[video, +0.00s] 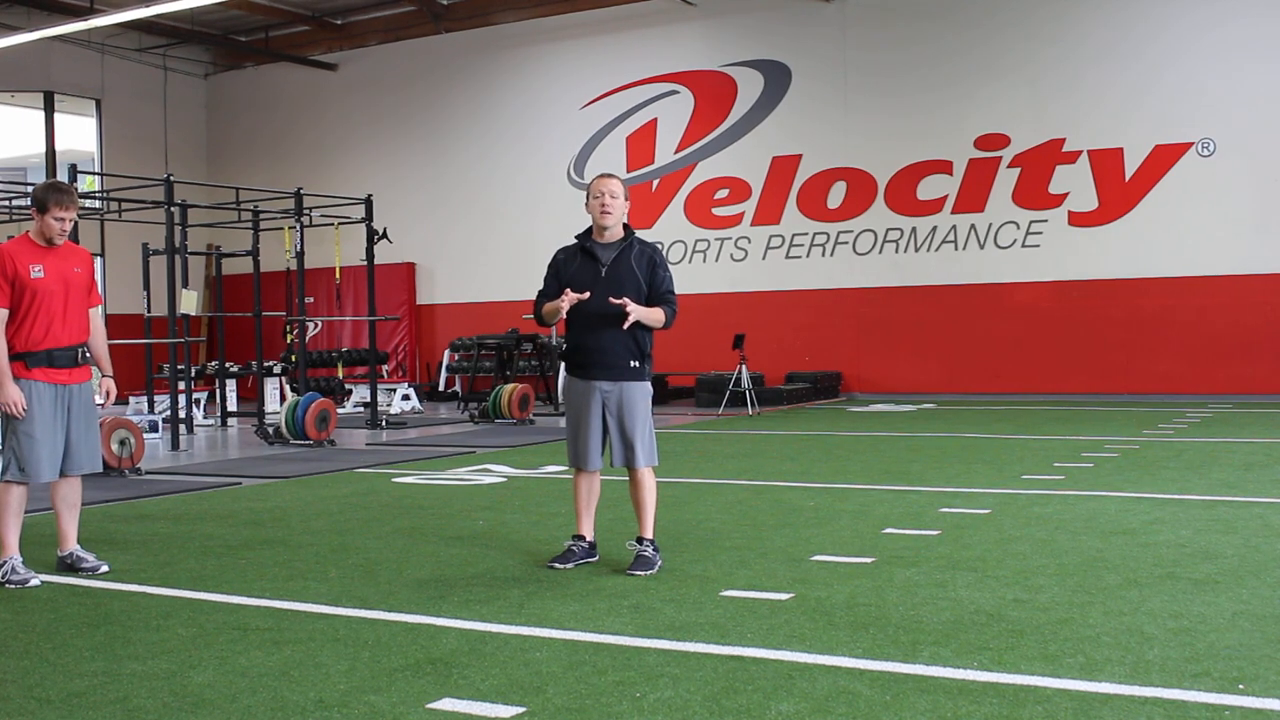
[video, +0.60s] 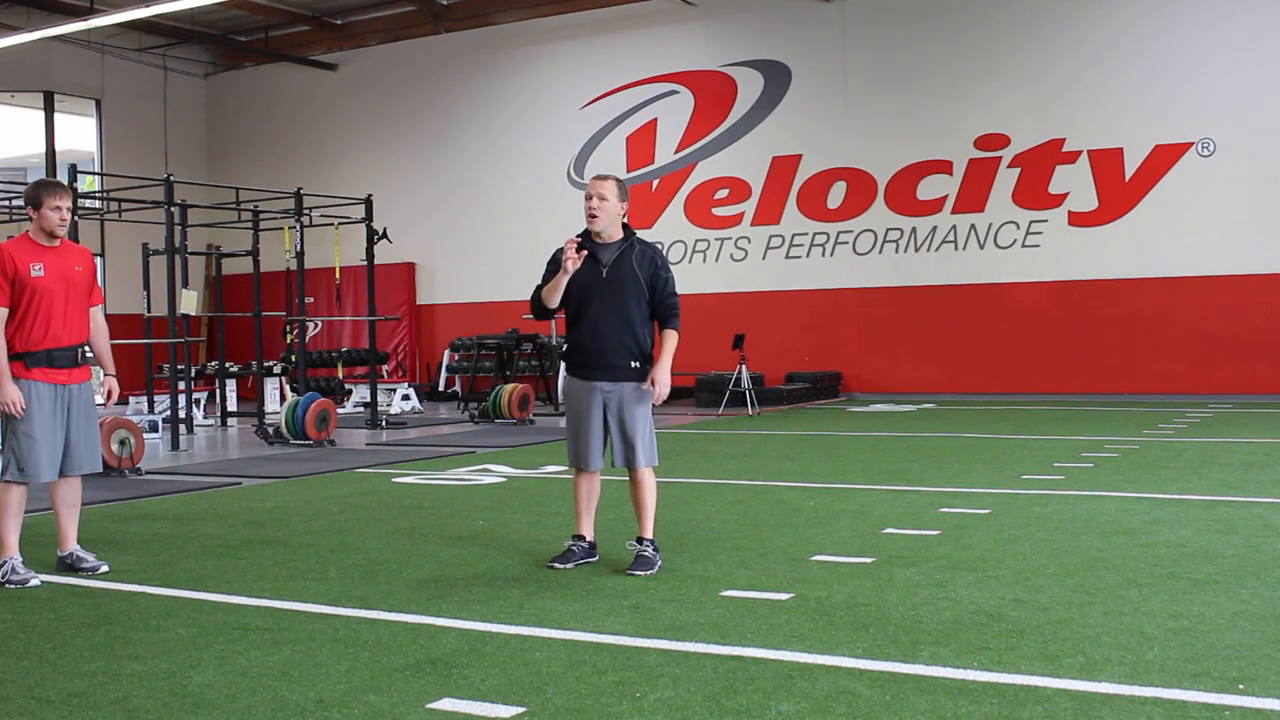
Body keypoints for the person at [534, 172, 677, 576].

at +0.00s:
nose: (605, 202)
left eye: (613, 196)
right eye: (598, 196)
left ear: (626, 206)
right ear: (587, 206)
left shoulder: (648, 256)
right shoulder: (566, 258)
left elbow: (666, 314)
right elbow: (542, 315)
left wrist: (641, 311)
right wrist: (560, 305)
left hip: (631, 379)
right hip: (581, 377)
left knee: (639, 463)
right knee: (585, 462)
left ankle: (646, 544)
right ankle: (584, 542)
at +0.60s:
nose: (591, 204)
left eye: (601, 199)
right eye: (588, 198)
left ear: (622, 208)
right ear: (583, 205)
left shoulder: (649, 257)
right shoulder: (568, 254)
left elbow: (670, 316)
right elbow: (540, 310)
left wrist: (663, 365)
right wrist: (564, 273)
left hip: (632, 379)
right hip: (581, 379)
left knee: (639, 464)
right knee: (585, 463)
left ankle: (646, 544)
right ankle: (583, 542)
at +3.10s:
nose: (593, 203)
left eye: (602, 196)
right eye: (588, 198)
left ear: (622, 203)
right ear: (583, 207)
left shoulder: (649, 255)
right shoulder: (570, 258)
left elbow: (673, 315)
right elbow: (540, 309)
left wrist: (663, 360)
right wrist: (515, 296)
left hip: (632, 380)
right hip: (582, 379)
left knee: (639, 463)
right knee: (585, 463)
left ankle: (646, 544)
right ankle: (584, 542)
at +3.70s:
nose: (598, 207)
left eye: (606, 200)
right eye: (592, 202)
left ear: (625, 205)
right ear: (586, 209)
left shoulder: (652, 256)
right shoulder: (569, 258)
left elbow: (669, 315)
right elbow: (545, 318)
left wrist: (641, 308)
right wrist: (562, 306)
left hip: (634, 379)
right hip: (583, 378)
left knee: (641, 463)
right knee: (585, 463)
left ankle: (647, 545)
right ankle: (584, 542)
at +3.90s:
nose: (599, 207)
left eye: (607, 200)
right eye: (593, 202)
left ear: (625, 205)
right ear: (587, 208)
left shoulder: (653, 256)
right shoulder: (570, 258)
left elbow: (670, 314)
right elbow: (546, 317)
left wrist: (641, 307)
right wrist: (563, 304)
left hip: (634, 379)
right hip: (583, 377)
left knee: (641, 463)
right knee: (585, 462)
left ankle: (647, 545)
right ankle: (584, 542)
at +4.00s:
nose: (599, 207)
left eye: (607, 200)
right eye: (593, 201)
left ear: (625, 204)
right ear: (587, 208)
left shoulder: (652, 256)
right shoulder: (569, 258)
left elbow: (671, 314)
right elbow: (545, 318)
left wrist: (641, 308)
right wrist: (562, 305)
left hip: (634, 379)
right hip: (584, 377)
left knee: (640, 463)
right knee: (585, 463)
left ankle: (647, 544)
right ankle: (584, 542)